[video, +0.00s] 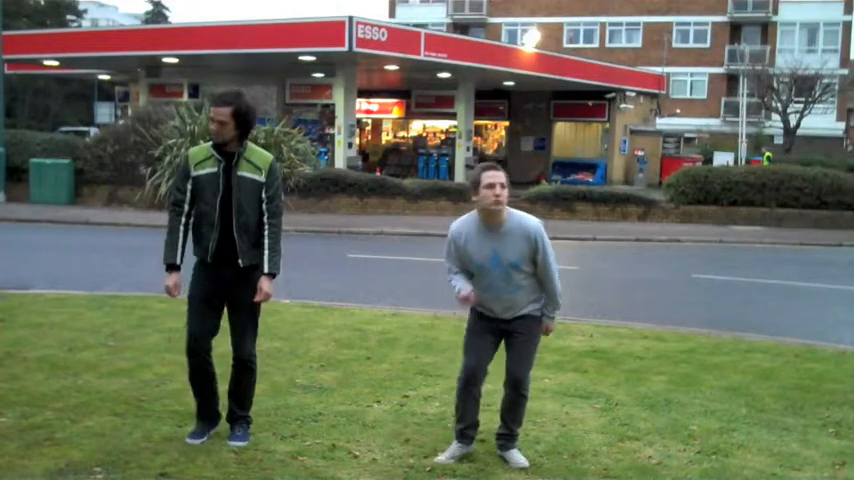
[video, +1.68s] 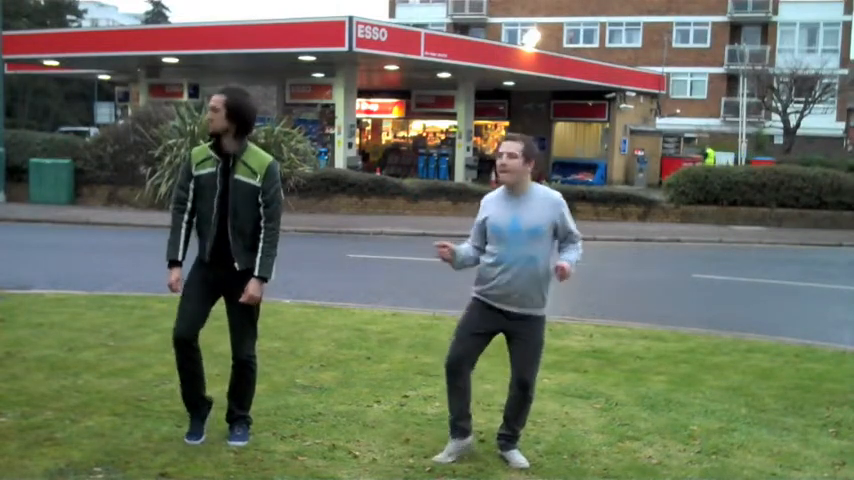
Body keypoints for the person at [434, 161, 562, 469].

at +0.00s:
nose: (497, 193)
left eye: (502, 187)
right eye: (489, 187)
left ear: (508, 192)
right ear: (476, 195)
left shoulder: (531, 228)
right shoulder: (460, 230)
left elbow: (549, 274)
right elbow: (454, 270)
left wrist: (550, 313)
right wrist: (463, 287)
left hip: (526, 316)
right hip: (484, 314)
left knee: (518, 380)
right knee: (470, 373)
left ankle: (507, 444)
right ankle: (463, 441)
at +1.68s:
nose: (502, 162)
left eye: (511, 157)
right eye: (499, 156)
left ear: (530, 164)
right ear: (495, 163)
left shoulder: (553, 202)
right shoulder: (489, 203)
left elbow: (573, 242)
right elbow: (475, 249)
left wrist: (566, 261)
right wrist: (455, 254)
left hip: (529, 312)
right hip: (486, 305)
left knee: (524, 382)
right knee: (456, 362)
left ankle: (508, 444)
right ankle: (460, 437)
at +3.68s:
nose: (514, 158)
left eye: (521, 152)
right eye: (508, 151)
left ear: (532, 157)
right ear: (499, 156)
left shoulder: (550, 191)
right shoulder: (488, 186)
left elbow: (572, 236)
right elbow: (456, 219)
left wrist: (556, 271)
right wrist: (417, 236)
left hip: (526, 295)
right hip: (488, 281)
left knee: (515, 374)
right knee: (449, 320)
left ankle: (507, 443)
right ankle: (452, 399)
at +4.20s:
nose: (502, 172)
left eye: (510, 167)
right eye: (498, 166)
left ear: (526, 173)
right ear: (493, 171)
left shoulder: (547, 210)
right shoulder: (483, 203)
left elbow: (571, 254)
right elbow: (466, 237)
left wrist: (579, 236)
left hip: (527, 310)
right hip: (486, 302)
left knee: (515, 381)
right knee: (454, 355)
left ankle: (507, 445)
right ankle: (452, 434)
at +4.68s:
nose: (501, 201)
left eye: (507, 194)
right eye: (495, 195)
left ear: (518, 188)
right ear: (485, 190)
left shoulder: (539, 206)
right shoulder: (478, 203)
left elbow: (583, 212)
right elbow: (457, 208)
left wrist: (625, 217)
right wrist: (428, 206)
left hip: (522, 307)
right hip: (482, 300)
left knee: (514, 376)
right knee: (456, 343)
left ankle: (505, 444)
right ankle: (456, 419)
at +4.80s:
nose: (499, 206)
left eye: (506, 200)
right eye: (493, 200)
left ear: (519, 202)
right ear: (485, 201)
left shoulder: (538, 233)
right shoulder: (477, 229)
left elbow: (572, 266)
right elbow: (452, 256)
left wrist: (605, 292)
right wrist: (415, 267)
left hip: (524, 322)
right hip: (484, 315)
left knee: (510, 385)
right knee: (454, 368)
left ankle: (504, 447)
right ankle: (451, 446)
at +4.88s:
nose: (508, 187)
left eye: (515, 183)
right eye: (503, 181)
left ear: (525, 191)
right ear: (492, 188)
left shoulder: (542, 228)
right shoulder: (477, 224)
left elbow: (568, 271)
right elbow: (447, 258)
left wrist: (604, 303)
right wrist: (409, 270)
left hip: (524, 326)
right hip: (481, 321)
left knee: (514, 392)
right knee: (457, 378)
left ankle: (505, 447)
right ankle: (456, 450)